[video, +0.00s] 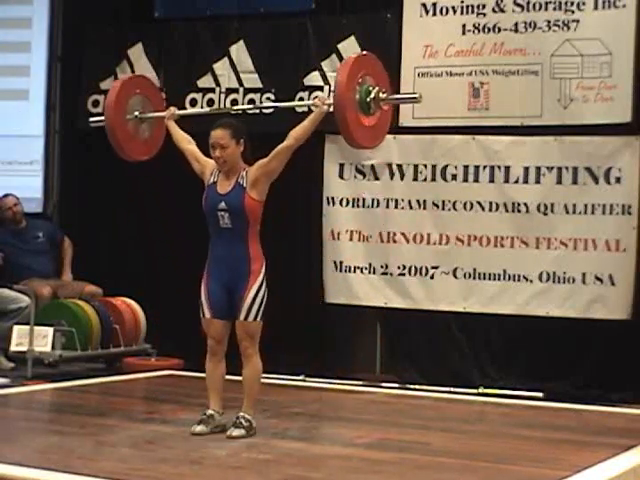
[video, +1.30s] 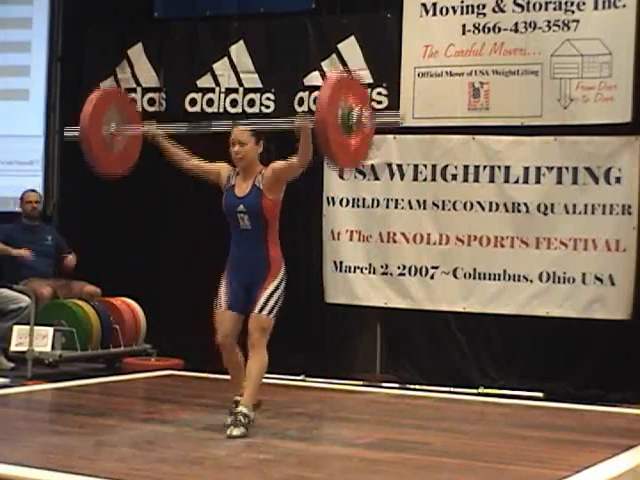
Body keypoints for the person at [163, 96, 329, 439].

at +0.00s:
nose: (217, 153)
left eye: (222, 147)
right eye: (213, 147)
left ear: (241, 147)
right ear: (211, 150)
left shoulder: (256, 176)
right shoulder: (211, 174)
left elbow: (290, 144)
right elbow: (188, 148)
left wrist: (319, 112)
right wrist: (170, 121)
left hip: (249, 272)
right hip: (215, 272)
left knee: (248, 346)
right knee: (214, 346)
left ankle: (247, 416)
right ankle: (213, 413)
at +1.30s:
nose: (235, 150)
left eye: (241, 144)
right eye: (232, 144)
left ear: (258, 146)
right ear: (229, 148)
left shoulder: (273, 174)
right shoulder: (226, 174)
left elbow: (303, 161)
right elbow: (187, 161)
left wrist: (304, 130)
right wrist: (157, 138)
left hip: (267, 271)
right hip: (235, 270)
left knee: (257, 336)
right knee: (224, 337)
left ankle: (245, 408)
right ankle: (246, 395)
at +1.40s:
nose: (229, 165)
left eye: (234, 159)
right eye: (226, 159)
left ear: (251, 159)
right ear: (223, 161)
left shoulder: (270, 189)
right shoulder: (221, 190)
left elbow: (303, 202)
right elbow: (182, 197)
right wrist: (152, 179)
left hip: (280, 273)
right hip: (246, 273)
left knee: (263, 331)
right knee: (239, 336)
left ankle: (251, 402)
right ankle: (242, 400)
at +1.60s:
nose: (214, 236)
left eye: (221, 230)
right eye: (211, 230)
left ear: (237, 229)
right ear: (208, 230)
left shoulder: (258, 258)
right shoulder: (208, 259)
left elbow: (289, 295)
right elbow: (185, 289)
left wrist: (297, 329)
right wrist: (160, 318)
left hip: (286, 296)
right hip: (254, 294)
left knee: (262, 345)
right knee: (236, 347)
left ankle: (265, 410)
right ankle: (243, 405)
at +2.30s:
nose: (228, 210)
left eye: (235, 205)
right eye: (224, 204)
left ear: (248, 209)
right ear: (217, 207)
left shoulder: (262, 241)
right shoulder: (209, 239)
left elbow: (258, 291)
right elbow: (202, 285)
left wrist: (248, 335)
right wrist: (199, 326)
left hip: (282, 286)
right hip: (249, 283)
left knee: (263, 340)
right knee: (237, 343)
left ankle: (264, 410)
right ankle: (243, 406)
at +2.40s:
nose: (238, 186)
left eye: (246, 181)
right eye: (234, 179)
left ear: (257, 187)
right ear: (227, 183)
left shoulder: (267, 224)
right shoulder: (214, 219)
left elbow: (258, 270)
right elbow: (212, 262)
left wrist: (231, 300)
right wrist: (219, 298)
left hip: (280, 280)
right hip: (246, 276)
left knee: (268, 336)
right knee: (237, 340)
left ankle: (267, 407)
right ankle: (244, 405)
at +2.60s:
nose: (266, 152)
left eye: (271, 148)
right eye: (260, 147)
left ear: (277, 156)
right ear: (248, 153)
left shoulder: (286, 192)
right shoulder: (227, 190)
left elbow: (279, 236)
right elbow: (219, 234)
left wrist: (247, 260)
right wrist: (232, 271)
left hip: (275, 270)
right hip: (241, 272)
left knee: (284, 339)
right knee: (241, 340)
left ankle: (287, 396)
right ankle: (245, 405)